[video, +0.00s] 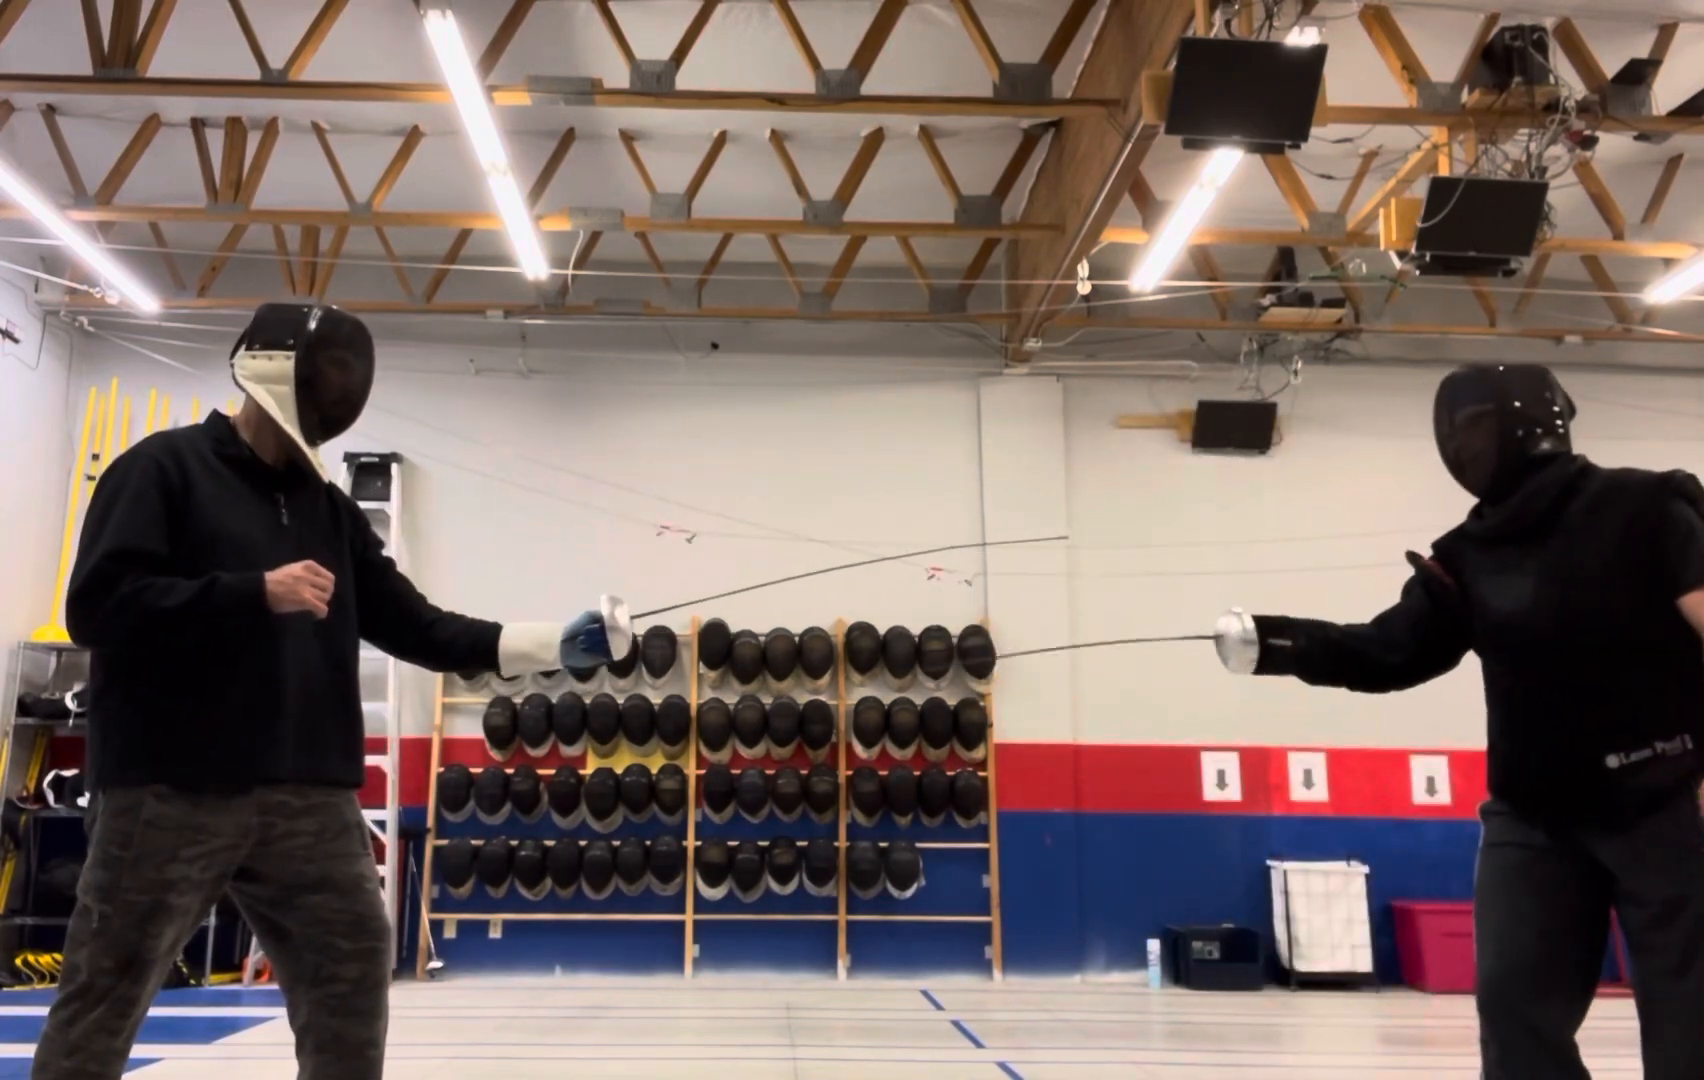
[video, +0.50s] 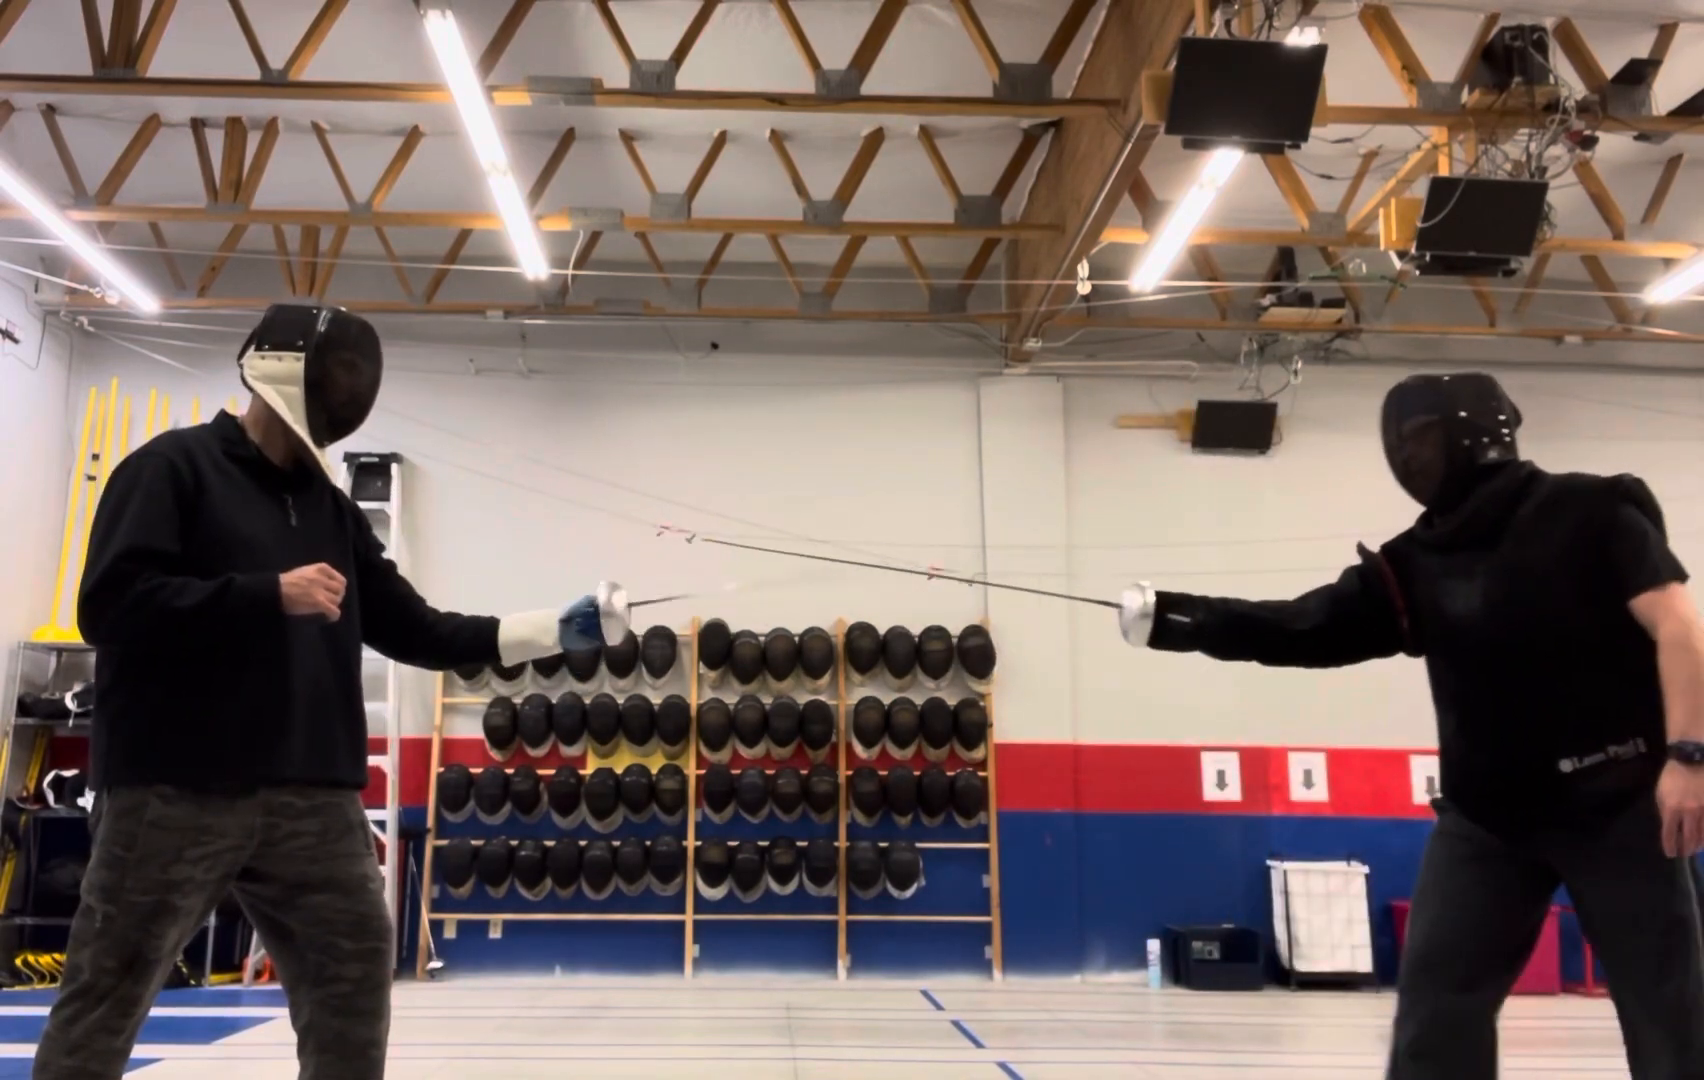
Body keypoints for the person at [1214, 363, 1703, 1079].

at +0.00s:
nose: (1462, 453)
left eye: (1475, 431)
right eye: (1454, 438)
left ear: (1529, 422)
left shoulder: (1653, 510)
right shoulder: (1465, 559)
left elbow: (1702, 626)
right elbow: (1387, 652)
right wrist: (1274, 644)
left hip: (1665, 811)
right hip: (1533, 824)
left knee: (1684, 1040)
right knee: (1519, 1032)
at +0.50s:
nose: (1407, 461)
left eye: (1419, 440)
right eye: (1399, 448)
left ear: (1471, 432)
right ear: (1402, 458)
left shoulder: (1595, 511)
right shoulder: (1415, 567)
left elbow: (1678, 626)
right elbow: (1306, 625)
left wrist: (1687, 757)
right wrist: (1176, 619)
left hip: (1621, 812)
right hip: (1488, 825)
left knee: (1670, 1029)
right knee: (1436, 1020)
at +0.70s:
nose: (1323, 468)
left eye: (1336, 447)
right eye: (1317, 455)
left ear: (1391, 441)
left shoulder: (1505, 524)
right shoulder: (1335, 580)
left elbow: (1593, 640)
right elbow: (1226, 641)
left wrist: (1619, 767)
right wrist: (1088, 628)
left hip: (1535, 823)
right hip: (1406, 838)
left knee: (1627, 1047)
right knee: (1356, 1055)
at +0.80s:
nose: (1267, 463)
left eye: (1278, 440)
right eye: (1262, 446)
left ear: (1328, 430)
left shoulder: (1449, 510)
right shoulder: (1284, 570)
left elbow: (1532, 626)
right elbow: (1183, 641)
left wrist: (1550, 754)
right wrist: (1049, 628)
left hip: (1484, 810)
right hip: (1354, 829)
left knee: (1592, 1040)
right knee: (1314, 1056)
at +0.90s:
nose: (1216, 458)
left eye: (1225, 435)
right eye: (1213, 442)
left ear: (1279, 425)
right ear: (1260, 436)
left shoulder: (1397, 500)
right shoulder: (1234, 562)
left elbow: (1478, 612)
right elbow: (1133, 630)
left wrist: (1473, 738)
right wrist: (999, 620)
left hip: (1440, 791)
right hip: (1314, 820)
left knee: (1555, 1018)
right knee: (1297, 1049)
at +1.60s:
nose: (1187, 448)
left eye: (1200, 427)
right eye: (1184, 432)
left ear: (1249, 424)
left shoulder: (1361, 501)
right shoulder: (1212, 565)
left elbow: (1445, 617)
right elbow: (1145, 674)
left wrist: (1410, 732)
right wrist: (1015, 691)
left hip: (1420, 792)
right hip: (1298, 820)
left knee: (1536, 996)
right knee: (1282, 1043)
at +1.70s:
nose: (1228, 455)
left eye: (1239, 433)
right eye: (1225, 438)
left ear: (1288, 431)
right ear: (1295, 435)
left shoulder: (1407, 513)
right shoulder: (1255, 564)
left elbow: (1487, 630)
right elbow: (1226, 698)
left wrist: (1440, 744)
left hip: (1448, 799)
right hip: (1325, 818)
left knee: (1560, 993)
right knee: (1291, 1036)